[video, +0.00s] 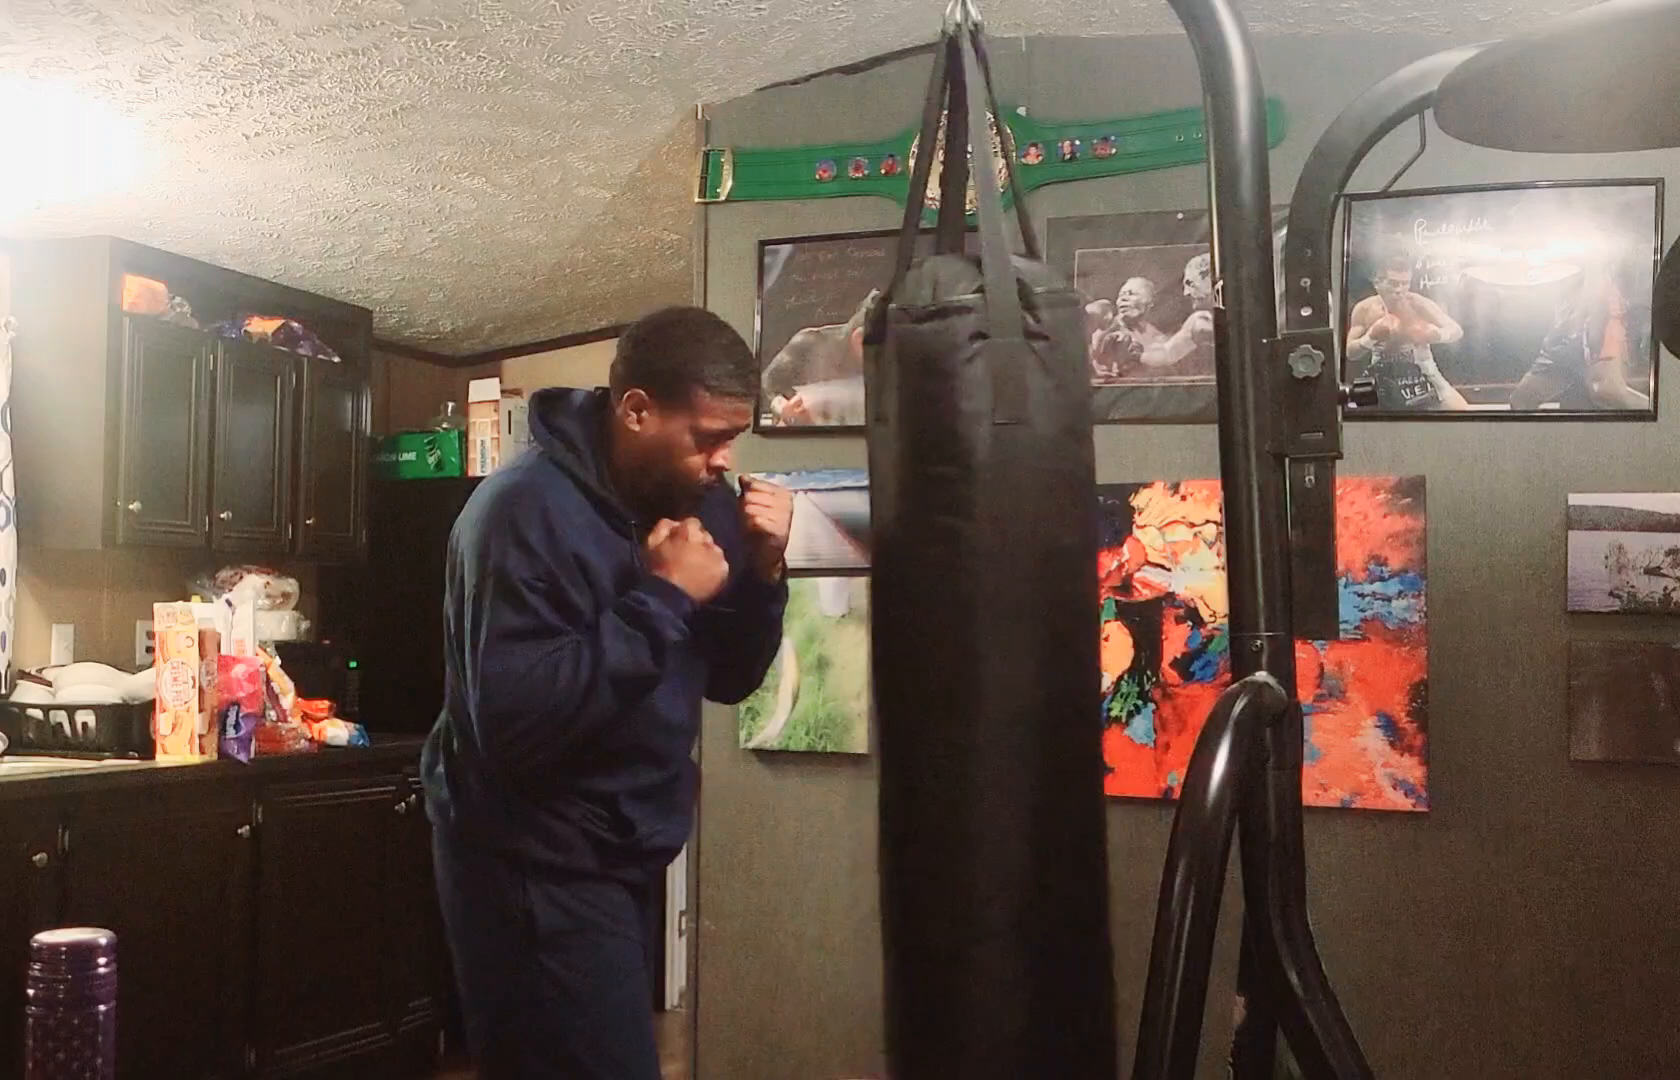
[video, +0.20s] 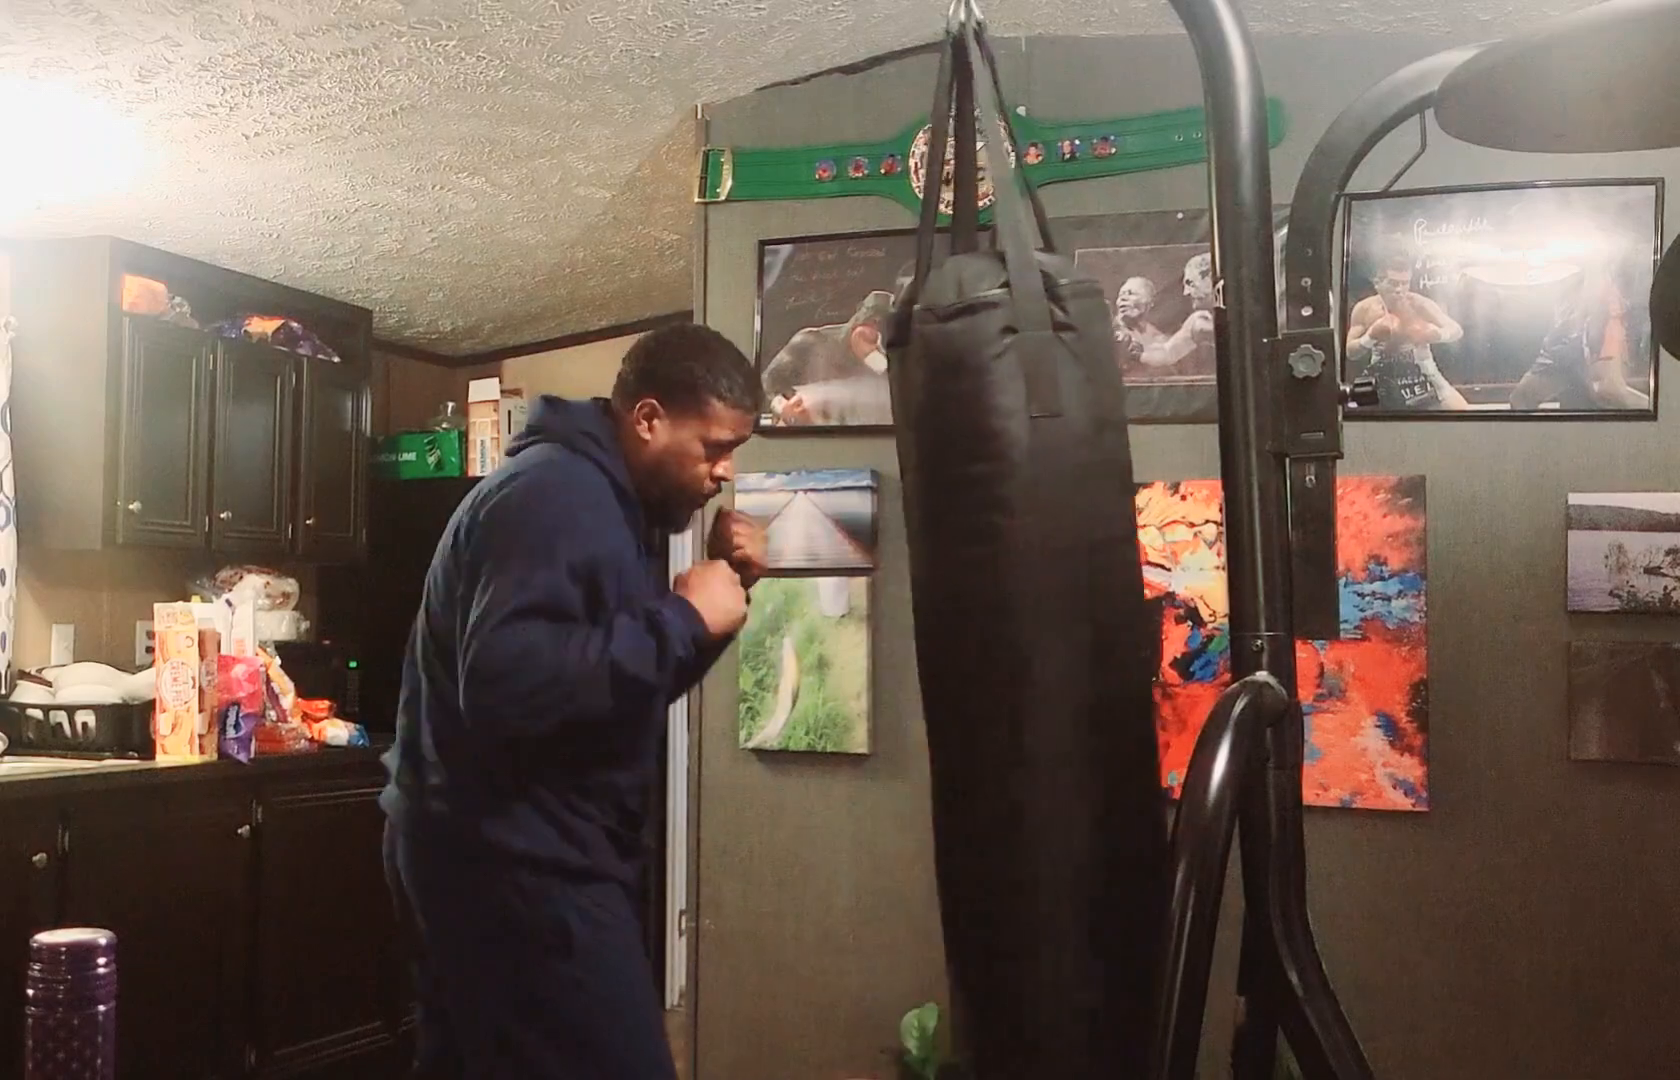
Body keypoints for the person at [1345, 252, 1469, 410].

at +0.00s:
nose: (1400, 290)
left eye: (1405, 284)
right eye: (1394, 284)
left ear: (1410, 283)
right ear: (1377, 283)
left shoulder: (1420, 304)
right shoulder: (1364, 309)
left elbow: (1456, 331)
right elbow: (1351, 353)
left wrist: (1433, 334)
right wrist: (1372, 337)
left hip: (1425, 379)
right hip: (1383, 381)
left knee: (1465, 414)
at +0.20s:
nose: (1400, 290)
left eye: (1405, 284)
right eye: (1394, 283)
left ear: (1410, 283)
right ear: (1378, 283)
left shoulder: (1421, 304)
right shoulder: (1364, 309)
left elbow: (1456, 330)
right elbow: (1351, 353)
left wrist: (1433, 334)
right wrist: (1372, 336)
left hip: (1425, 379)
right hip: (1382, 382)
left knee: (1464, 414)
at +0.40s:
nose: (1400, 290)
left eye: (1405, 284)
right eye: (1394, 284)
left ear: (1410, 283)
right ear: (1377, 283)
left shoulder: (1420, 304)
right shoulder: (1364, 309)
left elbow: (1456, 330)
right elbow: (1351, 354)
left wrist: (1433, 334)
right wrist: (1371, 337)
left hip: (1426, 380)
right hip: (1384, 383)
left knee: (1465, 415)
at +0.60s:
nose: (1400, 290)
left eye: (1405, 284)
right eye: (1394, 284)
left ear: (1410, 283)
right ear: (1378, 283)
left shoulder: (1420, 304)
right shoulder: (1364, 309)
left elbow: (1456, 331)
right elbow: (1351, 353)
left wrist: (1433, 334)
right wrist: (1372, 336)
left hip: (1425, 378)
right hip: (1382, 380)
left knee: (1463, 413)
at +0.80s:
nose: (1400, 290)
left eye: (1405, 284)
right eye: (1394, 284)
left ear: (1410, 282)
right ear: (1377, 282)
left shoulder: (1421, 304)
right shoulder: (1364, 309)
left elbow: (1456, 330)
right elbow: (1351, 352)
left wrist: (1433, 334)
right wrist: (1372, 336)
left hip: (1425, 377)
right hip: (1383, 380)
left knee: (1464, 413)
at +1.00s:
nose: (1400, 290)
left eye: (1405, 284)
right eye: (1394, 284)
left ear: (1410, 283)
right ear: (1378, 283)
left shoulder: (1421, 305)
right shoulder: (1364, 310)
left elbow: (1456, 331)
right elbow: (1351, 353)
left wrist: (1435, 335)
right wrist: (1371, 337)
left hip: (1425, 380)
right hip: (1382, 382)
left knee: (1466, 416)